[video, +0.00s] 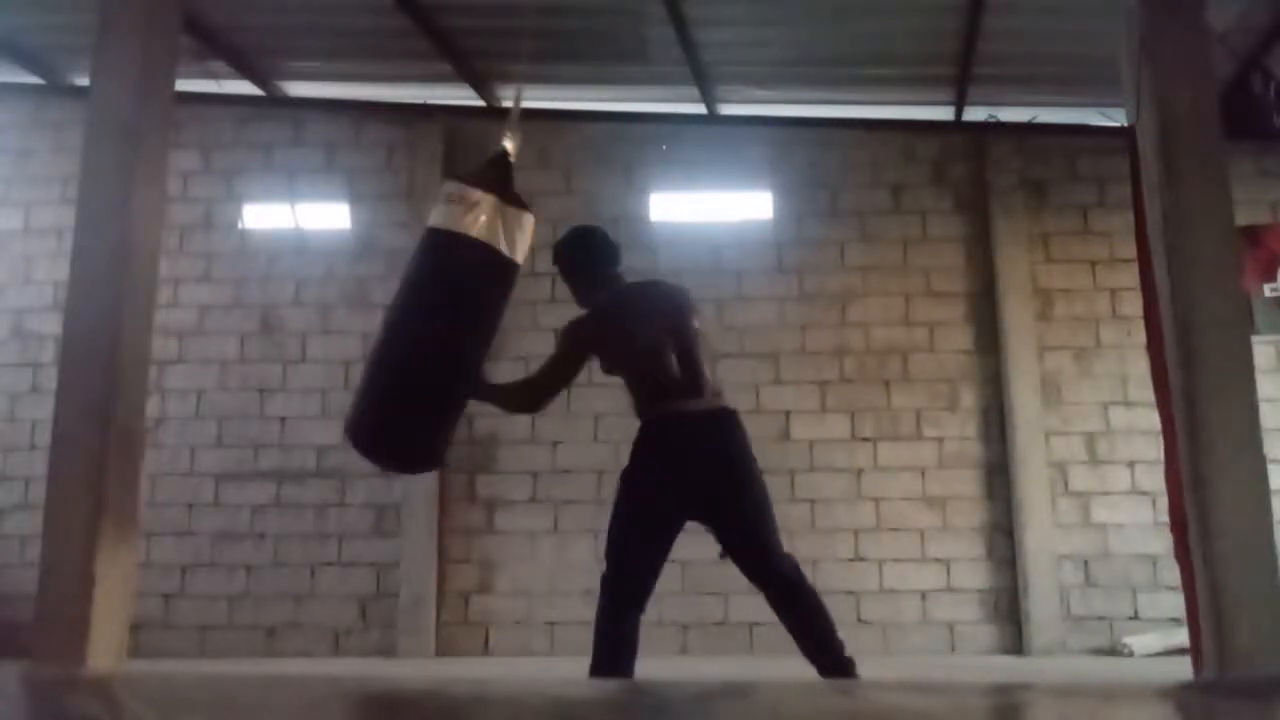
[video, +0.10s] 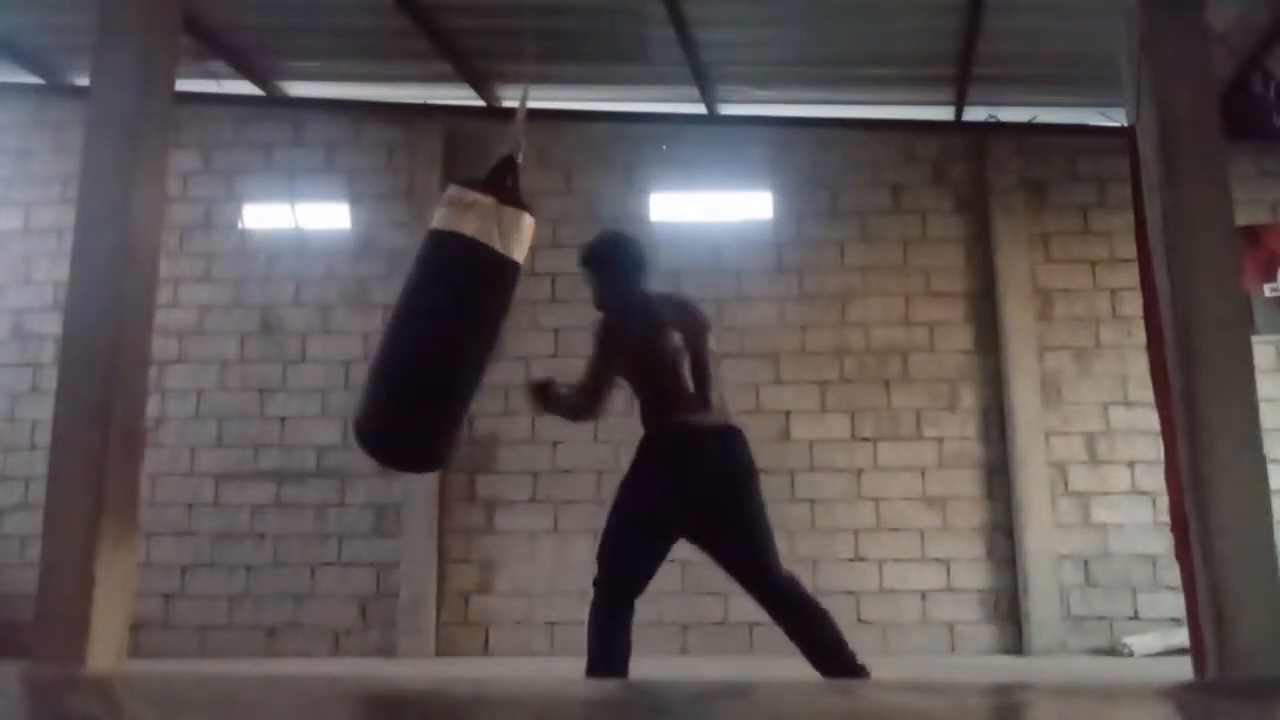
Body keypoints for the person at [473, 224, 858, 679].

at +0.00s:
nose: (569, 288)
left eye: (568, 277)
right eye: (565, 277)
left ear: (578, 274)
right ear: (613, 259)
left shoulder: (589, 326)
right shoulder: (670, 292)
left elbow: (532, 395)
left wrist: (474, 387)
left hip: (664, 444)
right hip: (722, 435)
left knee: (624, 586)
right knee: (768, 562)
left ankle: (607, 703)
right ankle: (842, 675)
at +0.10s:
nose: (592, 291)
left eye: (594, 279)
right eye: (591, 280)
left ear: (610, 277)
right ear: (638, 271)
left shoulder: (618, 324)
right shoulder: (682, 308)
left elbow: (585, 404)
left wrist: (549, 397)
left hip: (670, 455)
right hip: (725, 449)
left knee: (615, 587)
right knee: (767, 578)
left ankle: (603, 707)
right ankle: (855, 684)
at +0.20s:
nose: (623, 296)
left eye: (627, 283)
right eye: (622, 284)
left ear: (644, 282)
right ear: (669, 278)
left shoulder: (662, 325)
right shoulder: (712, 321)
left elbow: (641, 402)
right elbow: (703, 388)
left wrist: (596, 385)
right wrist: (645, 343)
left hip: (683, 462)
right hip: (735, 461)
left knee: (619, 591)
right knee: (771, 595)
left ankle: (607, 705)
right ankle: (852, 695)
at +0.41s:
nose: (674, 275)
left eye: (675, 262)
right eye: (670, 263)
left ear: (693, 256)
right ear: (715, 251)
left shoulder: (725, 293)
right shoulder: (758, 290)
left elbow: (732, 357)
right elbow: (769, 360)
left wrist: (680, 341)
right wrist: (697, 331)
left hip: (755, 430)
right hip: (797, 427)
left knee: (686, 548)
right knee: (815, 558)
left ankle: (698, 673)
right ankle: (892, 669)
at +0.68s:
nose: (726, 275)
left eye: (726, 263)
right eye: (722, 265)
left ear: (746, 255)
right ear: (767, 247)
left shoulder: (788, 284)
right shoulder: (815, 286)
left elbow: (780, 353)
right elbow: (802, 358)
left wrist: (736, 323)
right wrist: (747, 321)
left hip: (818, 427)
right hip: (855, 425)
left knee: (781, 543)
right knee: (849, 556)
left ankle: (802, 672)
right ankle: (917, 674)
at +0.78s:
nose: (741, 267)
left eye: (741, 255)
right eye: (737, 257)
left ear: (762, 245)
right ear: (779, 239)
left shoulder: (800, 275)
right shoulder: (826, 277)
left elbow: (791, 345)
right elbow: (845, 347)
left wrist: (748, 311)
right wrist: (762, 315)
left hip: (831, 421)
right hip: (868, 418)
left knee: (808, 540)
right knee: (853, 542)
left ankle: (864, 665)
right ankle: (909, 662)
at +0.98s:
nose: (774, 311)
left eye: (775, 298)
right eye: (771, 301)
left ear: (797, 290)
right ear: (815, 288)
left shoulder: (832, 320)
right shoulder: (860, 327)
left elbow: (815, 393)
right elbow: (876, 396)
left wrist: (775, 355)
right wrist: (795, 358)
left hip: (857, 462)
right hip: (886, 459)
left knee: (840, 576)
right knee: (878, 579)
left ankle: (898, 684)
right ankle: (909, 685)